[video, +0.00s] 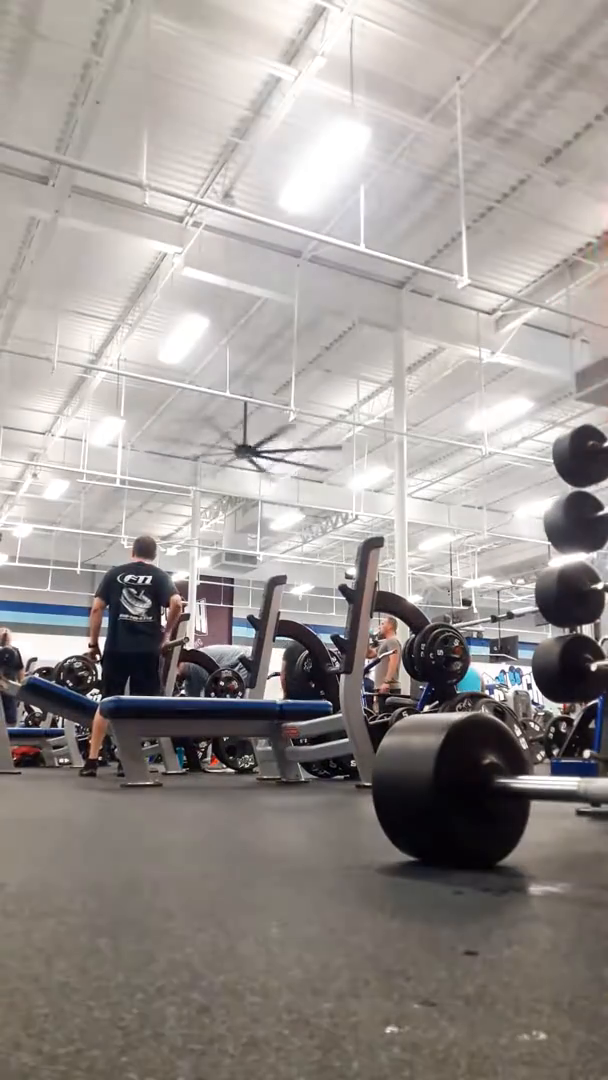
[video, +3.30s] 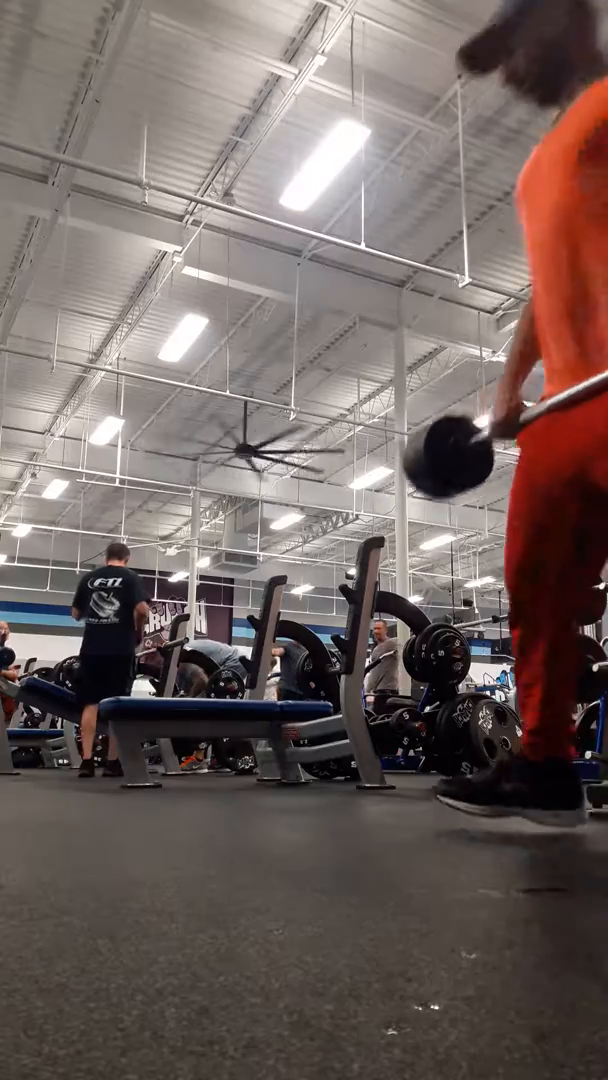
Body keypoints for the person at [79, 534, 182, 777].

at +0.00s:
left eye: (132, 551)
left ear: (132, 552)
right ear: (154, 556)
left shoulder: (115, 573)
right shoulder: (160, 576)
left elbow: (97, 608)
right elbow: (176, 603)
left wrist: (93, 642)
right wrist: (167, 633)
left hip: (116, 650)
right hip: (147, 653)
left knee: (107, 704)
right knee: (145, 707)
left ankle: (92, 759)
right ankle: (135, 763)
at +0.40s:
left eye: (135, 551)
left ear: (134, 552)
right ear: (156, 555)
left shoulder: (115, 573)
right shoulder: (161, 577)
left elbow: (98, 610)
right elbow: (178, 612)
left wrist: (98, 643)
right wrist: (173, 607)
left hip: (116, 649)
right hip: (148, 651)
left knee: (107, 703)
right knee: (144, 706)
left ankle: (92, 760)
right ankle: (132, 763)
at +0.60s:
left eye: (138, 550)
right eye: (155, 556)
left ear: (135, 552)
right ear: (157, 556)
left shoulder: (116, 572)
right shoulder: (161, 577)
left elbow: (98, 610)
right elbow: (180, 602)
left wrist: (95, 640)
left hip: (117, 650)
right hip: (149, 652)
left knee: (107, 703)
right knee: (144, 706)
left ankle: (92, 759)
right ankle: (132, 763)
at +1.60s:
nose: (158, 557)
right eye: (158, 554)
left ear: (133, 553)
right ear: (155, 555)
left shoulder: (114, 574)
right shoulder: (161, 578)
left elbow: (98, 612)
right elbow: (189, 596)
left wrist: (99, 645)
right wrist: (180, 577)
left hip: (118, 648)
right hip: (149, 650)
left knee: (109, 702)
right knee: (150, 704)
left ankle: (93, 758)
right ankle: (138, 763)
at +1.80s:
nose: (155, 558)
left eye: (153, 555)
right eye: (155, 555)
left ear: (130, 554)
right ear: (152, 555)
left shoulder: (112, 575)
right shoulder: (156, 577)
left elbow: (96, 613)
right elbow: (180, 601)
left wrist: (99, 647)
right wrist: (188, 612)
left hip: (115, 649)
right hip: (146, 650)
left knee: (106, 703)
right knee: (146, 706)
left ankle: (90, 758)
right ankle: (137, 765)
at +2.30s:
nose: (152, 564)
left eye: (151, 562)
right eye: (152, 561)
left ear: (128, 555)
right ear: (149, 560)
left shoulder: (106, 575)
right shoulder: (151, 578)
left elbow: (90, 613)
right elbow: (164, 608)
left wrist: (93, 645)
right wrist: (157, 621)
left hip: (108, 650)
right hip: (138, 651)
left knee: (101, 704)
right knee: (137, 705)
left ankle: (88, 759)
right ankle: (129, 762)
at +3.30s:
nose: (123, 563)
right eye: (126, 560)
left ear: (105, 558)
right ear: (126, 559)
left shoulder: (89, 577)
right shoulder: (131, 577)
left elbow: (76, 612)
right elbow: (142, 609)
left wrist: (96, 610)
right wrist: (139, 629)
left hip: (92, 650)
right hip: (121, 651)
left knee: (90, 703)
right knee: (118, 705)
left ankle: (86, 760)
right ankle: (113, 761)